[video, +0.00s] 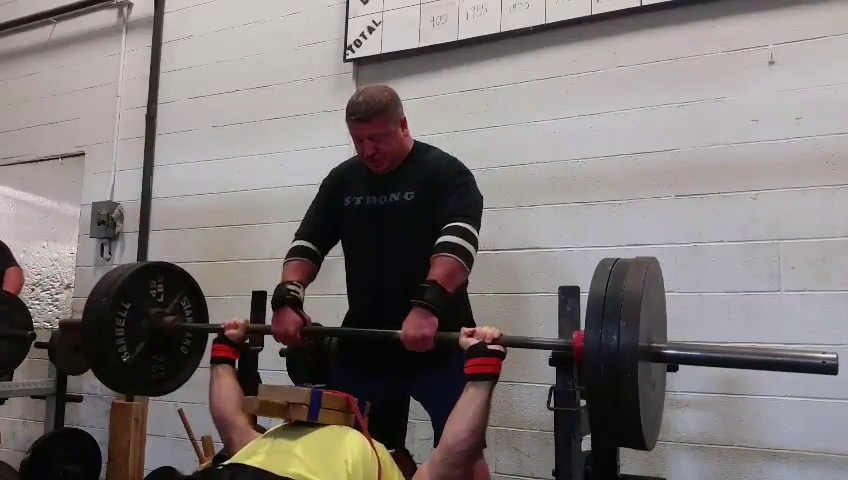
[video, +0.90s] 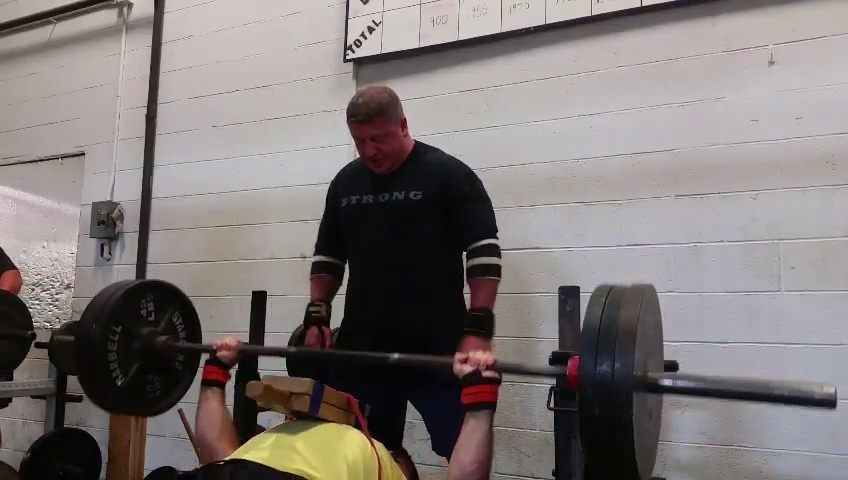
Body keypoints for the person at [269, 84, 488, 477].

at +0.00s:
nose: (368, 150)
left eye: (378, 139)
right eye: (359, 140)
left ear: (404, 126)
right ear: (350, 135)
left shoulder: (448, 175)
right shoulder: (343, 181)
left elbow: (456, 248)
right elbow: (308, 245)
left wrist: (428, 305)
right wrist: (287, 299)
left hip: (440, 342)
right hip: (365, 340)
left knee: (463, 452)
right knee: (364, 455)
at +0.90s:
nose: (370, 151)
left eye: (379, 139)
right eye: (361, 141)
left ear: (403, 126)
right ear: (352, 135)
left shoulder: (452, 178)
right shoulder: (345, 184)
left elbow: (484, 254)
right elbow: (328, 257)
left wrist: (478, 329)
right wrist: (317, 316)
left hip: (438, 347)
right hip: (363, 346)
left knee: (468, 457)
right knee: (364, 458)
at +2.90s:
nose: (361, 159)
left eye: (369, 148)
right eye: (351, 150)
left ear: (394, 131)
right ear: (342, 142)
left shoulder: (445, 177)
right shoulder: (338, 185)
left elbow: (478, 260)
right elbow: (325, 261)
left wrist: (474, 335)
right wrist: (314, 323)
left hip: (438, 339)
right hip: (365, 339)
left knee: (462, 450)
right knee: (369, 451)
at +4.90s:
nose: (360, 162)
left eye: (369, 151)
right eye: (351, 153)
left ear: (394, 133)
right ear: (342, 144)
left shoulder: (445, 177)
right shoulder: (338, 186)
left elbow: (479, 259)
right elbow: (326, 262)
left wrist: (474, 336)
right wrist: (318, 326)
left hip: (439, 342)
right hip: (365, 341)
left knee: (465, 451)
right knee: (367, 453)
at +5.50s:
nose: (357, 163)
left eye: (365, 152)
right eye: (348, 155)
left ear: (392, 134)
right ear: (338, 145)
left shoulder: (443, 173)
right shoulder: (338, 183)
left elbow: (493, 234)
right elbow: (322, 249)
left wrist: (460, 297)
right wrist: (318, 304)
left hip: (437, 345)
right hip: (364, 343)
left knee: (462, 457)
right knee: (366, 460)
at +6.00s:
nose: (347, 160)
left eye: (354, 150)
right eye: (341, 150)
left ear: (386, 135)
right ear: (335, 141)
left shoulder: (438, 169)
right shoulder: (338, 185)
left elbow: (482, 222)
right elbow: (310, 239)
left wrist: (448, 289)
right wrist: (294, 290)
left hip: (437, 340)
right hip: (365, 342)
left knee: (462, 455)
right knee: (362, 457)